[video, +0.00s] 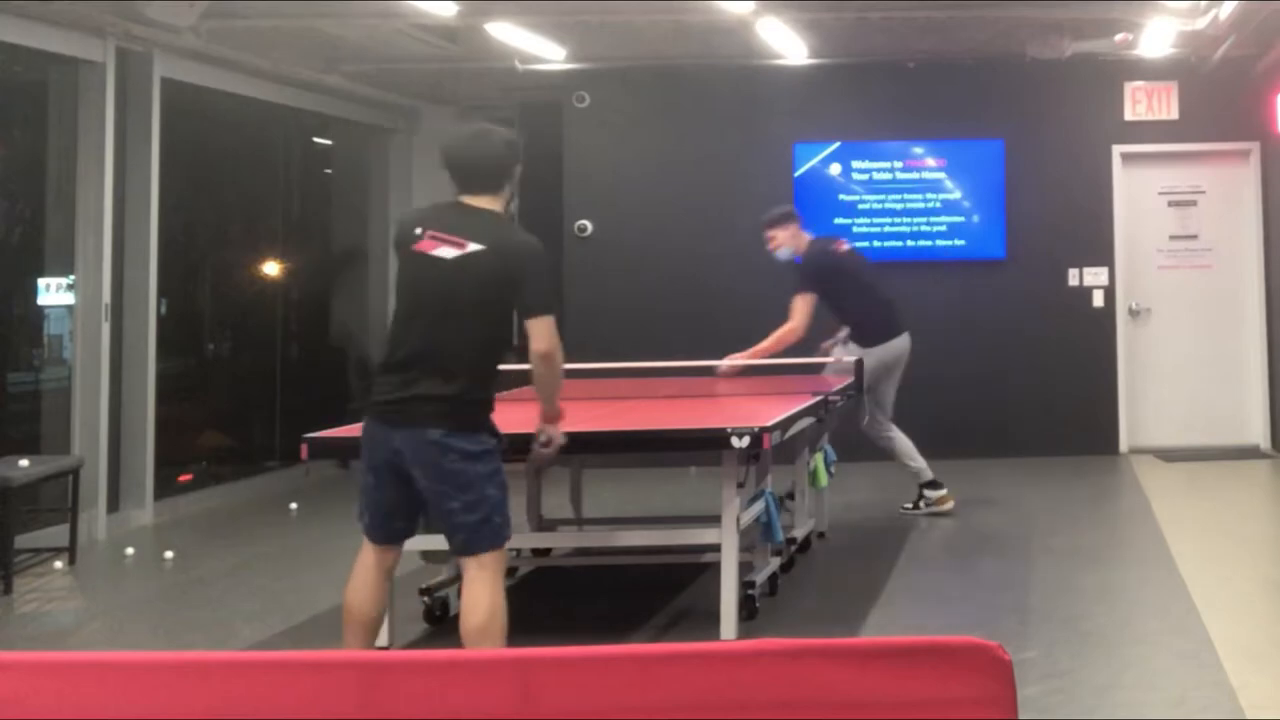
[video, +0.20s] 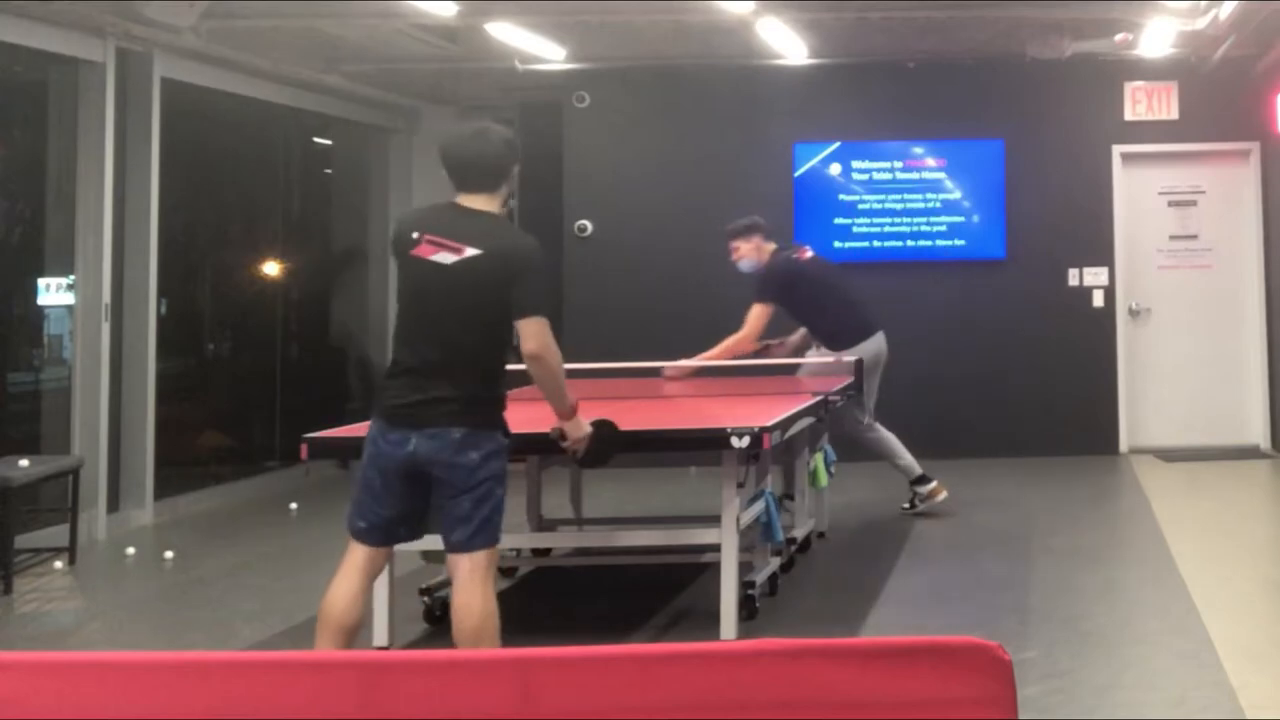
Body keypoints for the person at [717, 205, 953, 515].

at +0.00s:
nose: (770, 245)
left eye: (774, 237)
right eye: (767, 239)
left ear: (795, 229)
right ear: (798, 232)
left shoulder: (810, 262)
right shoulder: (833, 248)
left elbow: (796, 328)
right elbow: (866, 301)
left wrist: (745, 357)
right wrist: (838, 339)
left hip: (868, 347)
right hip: (896, 341)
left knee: (816, 412)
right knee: (877, 423)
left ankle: (800, 493)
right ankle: (932, 488)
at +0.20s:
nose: (734, 256)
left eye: (738, 248)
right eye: (731, 250)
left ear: (760, 241)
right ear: (762, 243)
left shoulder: (772, 272)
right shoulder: (798, 255)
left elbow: (748, 339)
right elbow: (828, 308)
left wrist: (693, 363)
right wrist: (791, 342)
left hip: (841, 354)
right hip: (873, 344)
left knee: (797, 422)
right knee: (861, 422)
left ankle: (789, 500)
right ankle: (924, 484)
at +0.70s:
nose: (758, 209)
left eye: (766, 203)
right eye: (759, 203)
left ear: (787, 208)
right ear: (788, 211)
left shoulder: (779, 240)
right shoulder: (810, 243)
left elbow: (716, 260)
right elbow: (792, 306)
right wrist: (739, 296)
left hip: (814, 354)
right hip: (846, 350)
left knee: (784, 427)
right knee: (847, 426)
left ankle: (784, 502)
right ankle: (917, 475)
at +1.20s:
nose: (829, 188)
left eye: (838, 184)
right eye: (832, 182)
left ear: (855, 196)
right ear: (852, 198)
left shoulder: (846, 230)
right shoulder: (863, 234)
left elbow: (790, 238)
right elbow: (862, 300)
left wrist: (747, 212)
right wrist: (826, 341)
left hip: (862, 342)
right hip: (888, 339)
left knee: (814, 411)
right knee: (887, 421)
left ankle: (795, 494)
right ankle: (939, 490)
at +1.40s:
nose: (830, 191)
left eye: (840, 187)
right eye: (833, 186)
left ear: (856, 199)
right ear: (852, 202)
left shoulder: (853, 233)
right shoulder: (867, 236)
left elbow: (846, 276)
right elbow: (902, 295)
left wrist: (793, 285)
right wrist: (898, 330)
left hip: (872, 344)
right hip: (898, 342)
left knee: (827, 417)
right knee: (889, 422)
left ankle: (793, 490)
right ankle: (938, 489)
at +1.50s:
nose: (825, 196)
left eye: (834, 191)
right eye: (827, 190)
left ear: (852, 201)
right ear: (851, 205)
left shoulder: (851, 237)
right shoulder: (868, 238)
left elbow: (868, 286)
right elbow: (913, 287)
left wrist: (826, 314)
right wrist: (898, 326)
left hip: (872, 344)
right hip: (899, 342)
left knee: (828, 417)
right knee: (887, 421)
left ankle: (797, 493)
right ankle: (938, 490)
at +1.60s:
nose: (816, 204)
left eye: (822, 199)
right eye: (816, 199)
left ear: (841, 202)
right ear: (842, 204)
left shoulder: (848, 238)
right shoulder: (865, 235)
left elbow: (879, 289)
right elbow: (908, 279)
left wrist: (856, 333)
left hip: (875, 342)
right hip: (898, 341)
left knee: (819, 404)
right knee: (888, 422)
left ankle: (805, 490)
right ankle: (938, 490)